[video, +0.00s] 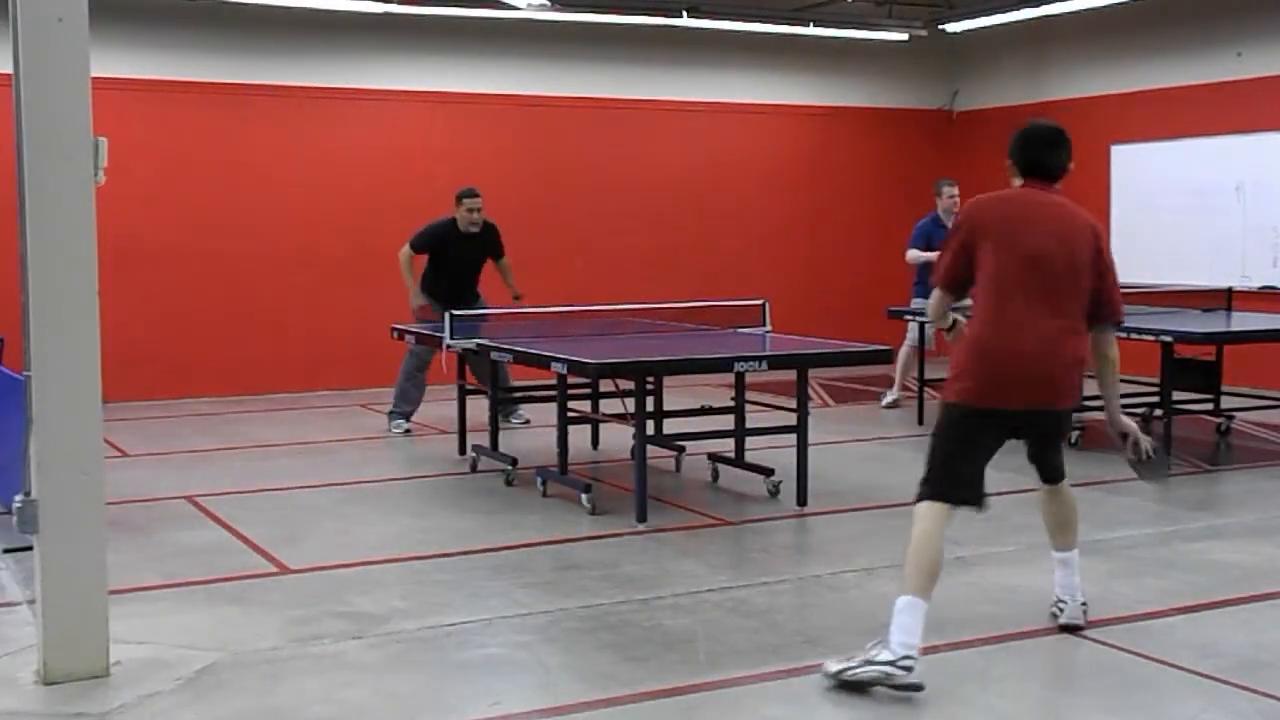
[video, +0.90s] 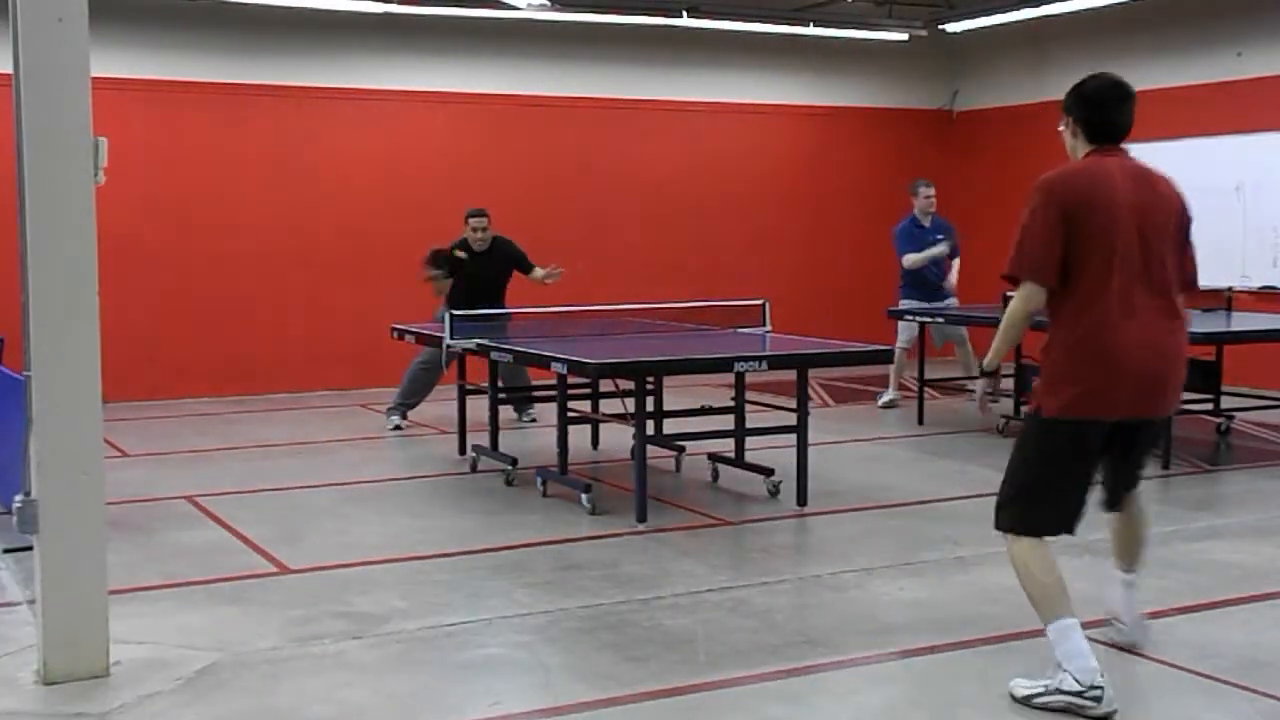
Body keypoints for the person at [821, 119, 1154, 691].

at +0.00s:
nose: (1008, 172)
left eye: (1009, 164)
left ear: (1012, 167)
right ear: (1065, 170)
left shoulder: (981, 212)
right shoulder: (1085, 226)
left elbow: (941, 302)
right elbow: (1104, 330)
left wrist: (947, 321)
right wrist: (1113, 411)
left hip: (982, 380)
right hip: (1055, 385)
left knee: (934, 501)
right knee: (1053, 473)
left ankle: (901, 648)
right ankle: (1070, 599)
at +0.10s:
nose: (1021, 163)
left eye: (1021, 154)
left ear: (1027, 158)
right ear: (1079, 164)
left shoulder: (1004, 199)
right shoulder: (1099, 216)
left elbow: (962, 289)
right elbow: (1106, 306)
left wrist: (949, 332)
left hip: (1005, 363)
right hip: (1074, 370)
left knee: (952, 490)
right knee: (1055, 469)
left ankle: (915, 641)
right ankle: (1071, 599)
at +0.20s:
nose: (1029, 151)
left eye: (1030, 142)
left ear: (1036, 144)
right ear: (1087, 150)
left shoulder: (1022, 184)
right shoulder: (1103, 199)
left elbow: (998, 269)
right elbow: (1079, 275)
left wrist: (964, 336)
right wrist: (995, 286)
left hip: (1026, 352)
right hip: (1093, 353)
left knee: (965, 479)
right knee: (1059, 461)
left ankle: (923, 630)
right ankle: (1070, 597)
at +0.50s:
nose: (1048, 121)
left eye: (1049, 113)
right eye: (1052, 114)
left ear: (1056, 116)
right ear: (1107, 119)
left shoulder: (1054, 162)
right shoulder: (1123, 171)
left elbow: (1042, 258)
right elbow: (1040, 238)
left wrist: (995, 331)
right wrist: (958, 227)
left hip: (1055, 342)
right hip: (1113, 344)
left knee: (994, 468)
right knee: (1068, 463)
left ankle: (1016, 620)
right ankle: (1093, 593)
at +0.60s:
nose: (1051, 126)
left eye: (1052, 118)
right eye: (1054, 118)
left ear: (1060, 121)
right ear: (1111, 124)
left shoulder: (1061, 174)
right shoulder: (1130, 180)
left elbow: (1039, 271)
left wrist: (991, 337)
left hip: (1062, 359)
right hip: (1118, 361)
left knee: (1001, 485)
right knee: (1067, 473)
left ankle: (1045, 626)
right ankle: (1092, 594)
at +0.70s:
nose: (1050, 132)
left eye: (1051, 124)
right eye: (1053, 123)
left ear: (1062, 128)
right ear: (1112, 131)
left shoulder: (1064, 186)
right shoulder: (1139, 191)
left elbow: (1036, 289)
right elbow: (1134, 282)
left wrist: (985, 345)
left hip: (1066, 372)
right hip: (1122, 373)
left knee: (1013, 503)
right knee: (1073, 484)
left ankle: (1070, 646)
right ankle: (1093, 596)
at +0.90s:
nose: (1060, 132)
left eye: (1061, 123)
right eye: (1064, 122)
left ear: (1072, 127)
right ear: (1126, 128)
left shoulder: (1061, 188)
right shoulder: (1166, 192)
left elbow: (1032, 291)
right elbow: (1182, 291)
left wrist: (993, 358)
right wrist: (1137, 336)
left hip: (1081, 384)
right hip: (1157, 383)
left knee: (1022, 524)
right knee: (1125, 491)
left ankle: (1078, 672)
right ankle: (1128, 614)